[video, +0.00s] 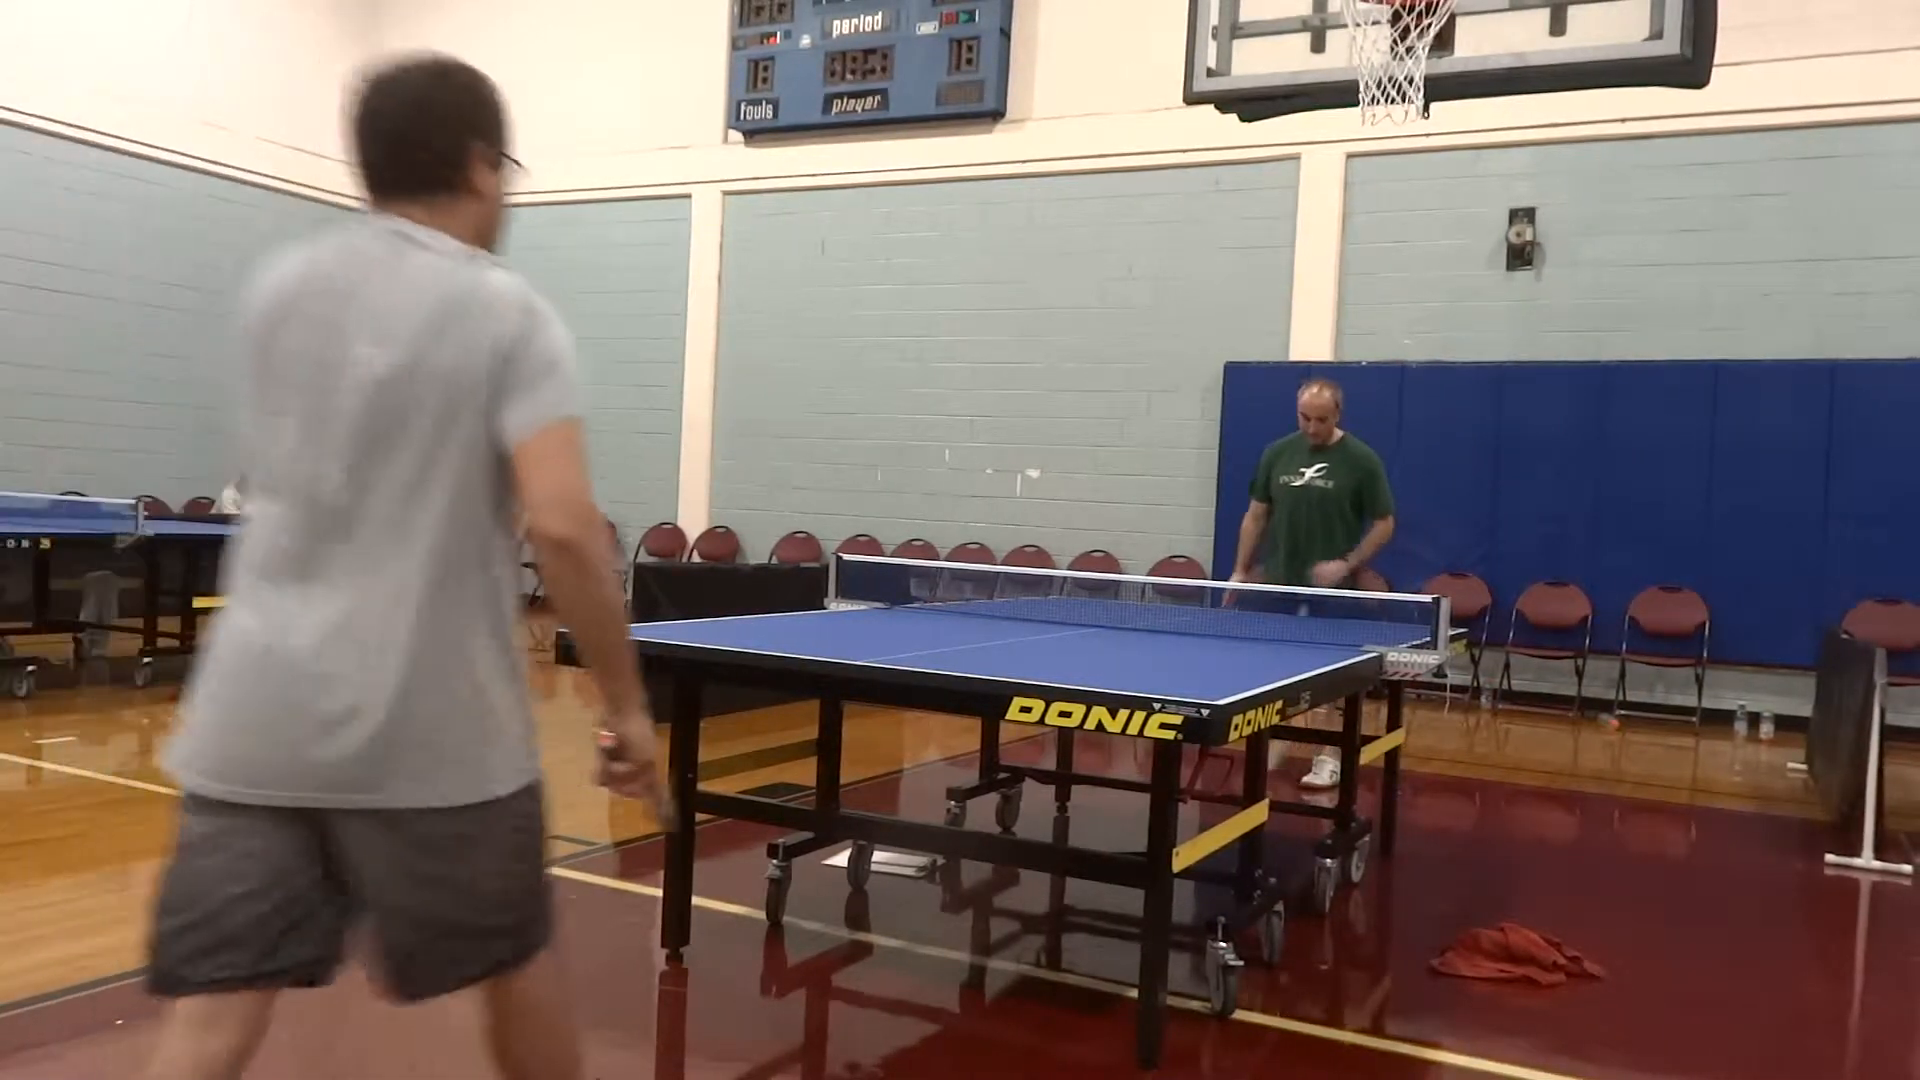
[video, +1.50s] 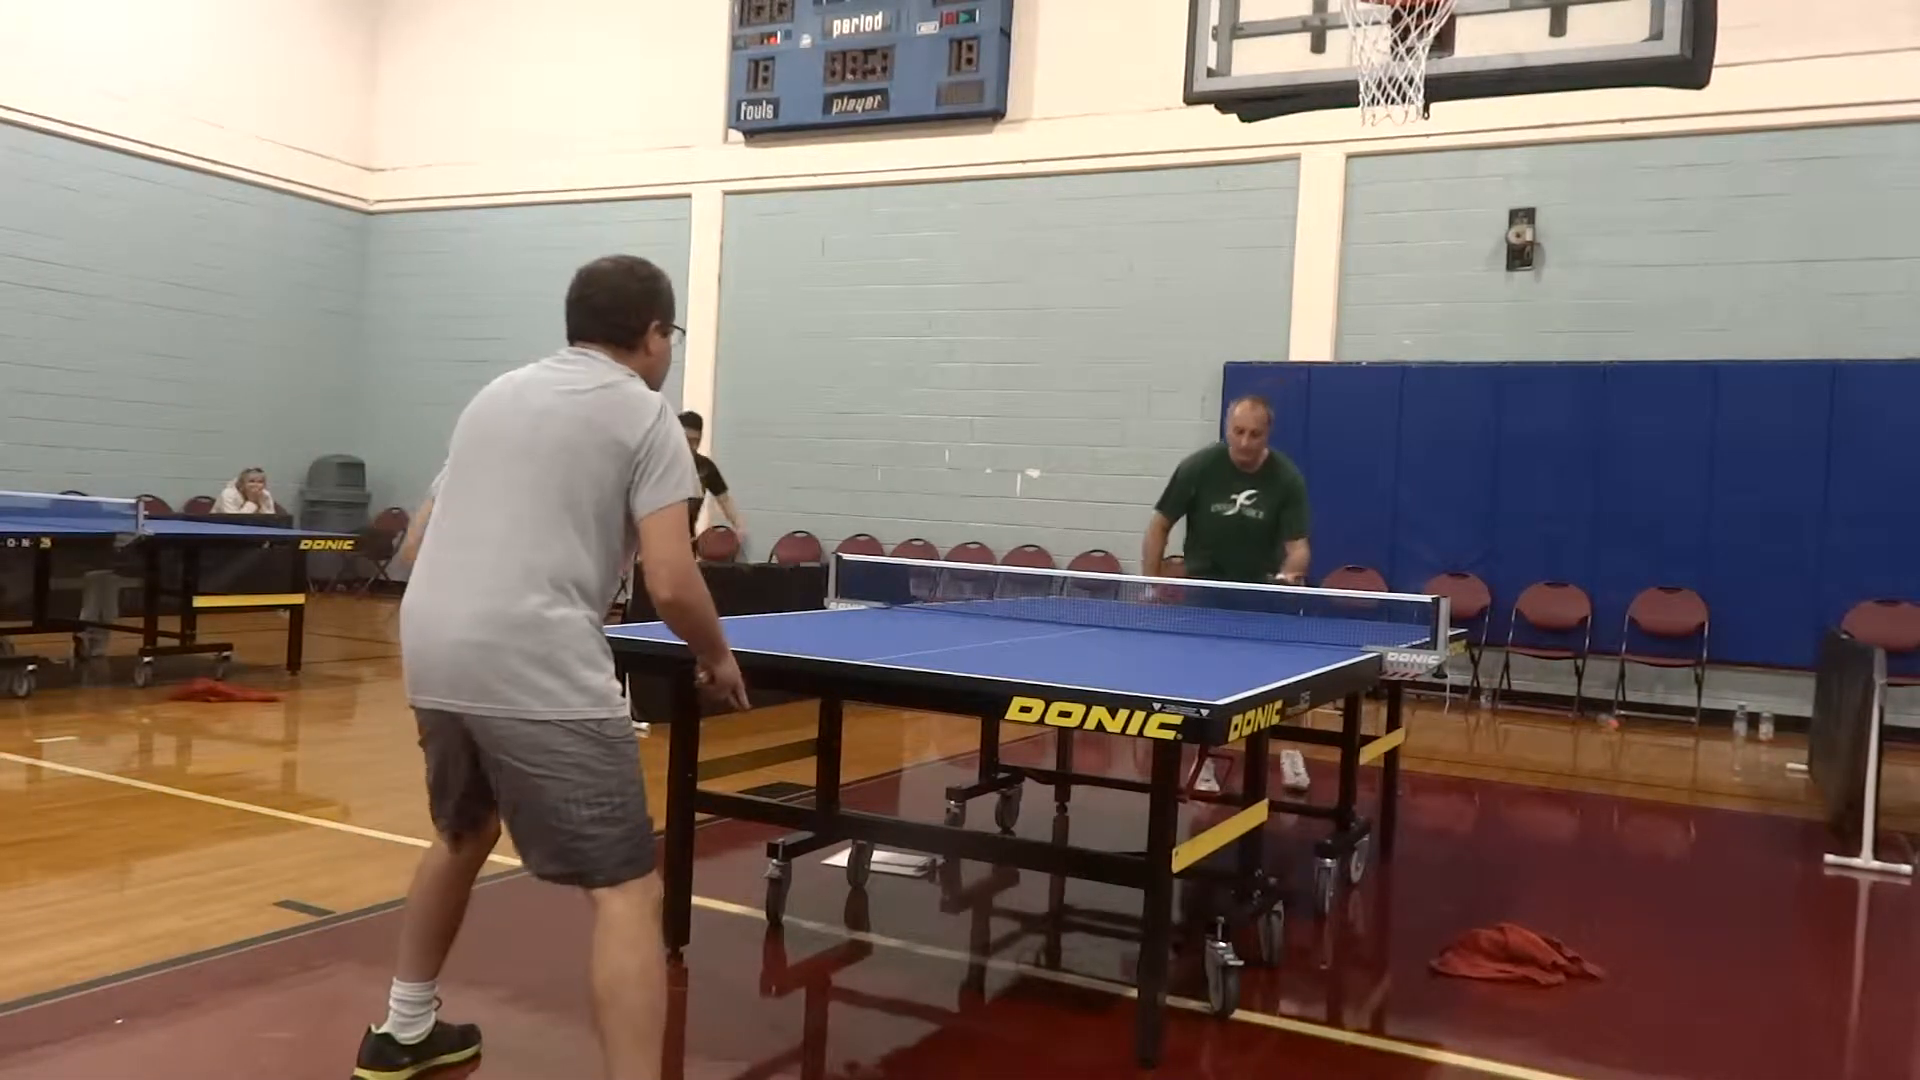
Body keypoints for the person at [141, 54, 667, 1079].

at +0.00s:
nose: (506, 181)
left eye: (503, 161)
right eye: (502, 159)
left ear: (368, 169)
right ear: (477, 164)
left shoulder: (276, 286)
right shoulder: (504, 309)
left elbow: (269, 495)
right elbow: (562, 525)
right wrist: (624, 705)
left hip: (250, 723)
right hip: (437, 735)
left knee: (207, 1015)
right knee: (519, 979)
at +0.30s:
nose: (655, 226)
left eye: (652, 209)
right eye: (653, 209)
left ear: (539, 211)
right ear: (635, 217)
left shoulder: (461, 320)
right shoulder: (666, 341)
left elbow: (397, 451)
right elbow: (730, 528)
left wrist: (464, 322)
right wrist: (755, 651)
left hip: (439, 671)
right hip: (588, 689)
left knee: (395, 869)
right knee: (626, 915)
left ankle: (310, 1065)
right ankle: (613, 1076)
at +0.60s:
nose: (655, 260)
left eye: (656, 246)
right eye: (653, 246)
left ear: (541, 248)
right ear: (634, 250)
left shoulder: (478, 350)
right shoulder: (667, 357)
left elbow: (498, 485)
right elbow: (745, 522)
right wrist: (781, 594)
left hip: (469, 665)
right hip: (598, 688)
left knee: (442, 831)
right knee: (644, 901)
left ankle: (395, 1007)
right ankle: (616, 1072)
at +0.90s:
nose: (622, 302)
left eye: (621, 287)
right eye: (618, 287)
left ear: (523, 292)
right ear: (596, 292)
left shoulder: (460, 377)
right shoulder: (594, 377)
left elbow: (476, 520)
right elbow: (621, 536)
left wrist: (598, 568)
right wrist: (711, 606)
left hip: (434, 650)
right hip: (531, 656)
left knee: (467, 822)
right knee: (651, 849)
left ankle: (404, 1029)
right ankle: (623, 1068)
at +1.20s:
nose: (645, 344)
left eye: (643, 329)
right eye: (643, 329)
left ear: (551, 327)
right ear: (622, 328)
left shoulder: (482, 396)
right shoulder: (627, 404)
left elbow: (391, 536)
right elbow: (659, 560)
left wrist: (481, 595)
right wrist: (711, 638)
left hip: (436, 655)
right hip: (545, 667)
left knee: (470, 827)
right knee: (613, 884)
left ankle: (406, 1027)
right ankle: (634, 1072)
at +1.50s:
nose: (671, 351)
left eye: (673, 337)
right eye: (671, 336)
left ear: (573, 329)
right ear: (649, 336)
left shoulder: (495, 395)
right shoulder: (645, 415)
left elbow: (422, 540)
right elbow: (672, 580)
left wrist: (542, 593)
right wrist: (716, 657)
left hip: (433, 659)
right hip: (542, 671)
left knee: (462, 827)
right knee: (626, 885)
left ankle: (404, 1027)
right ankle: (636, 1072)